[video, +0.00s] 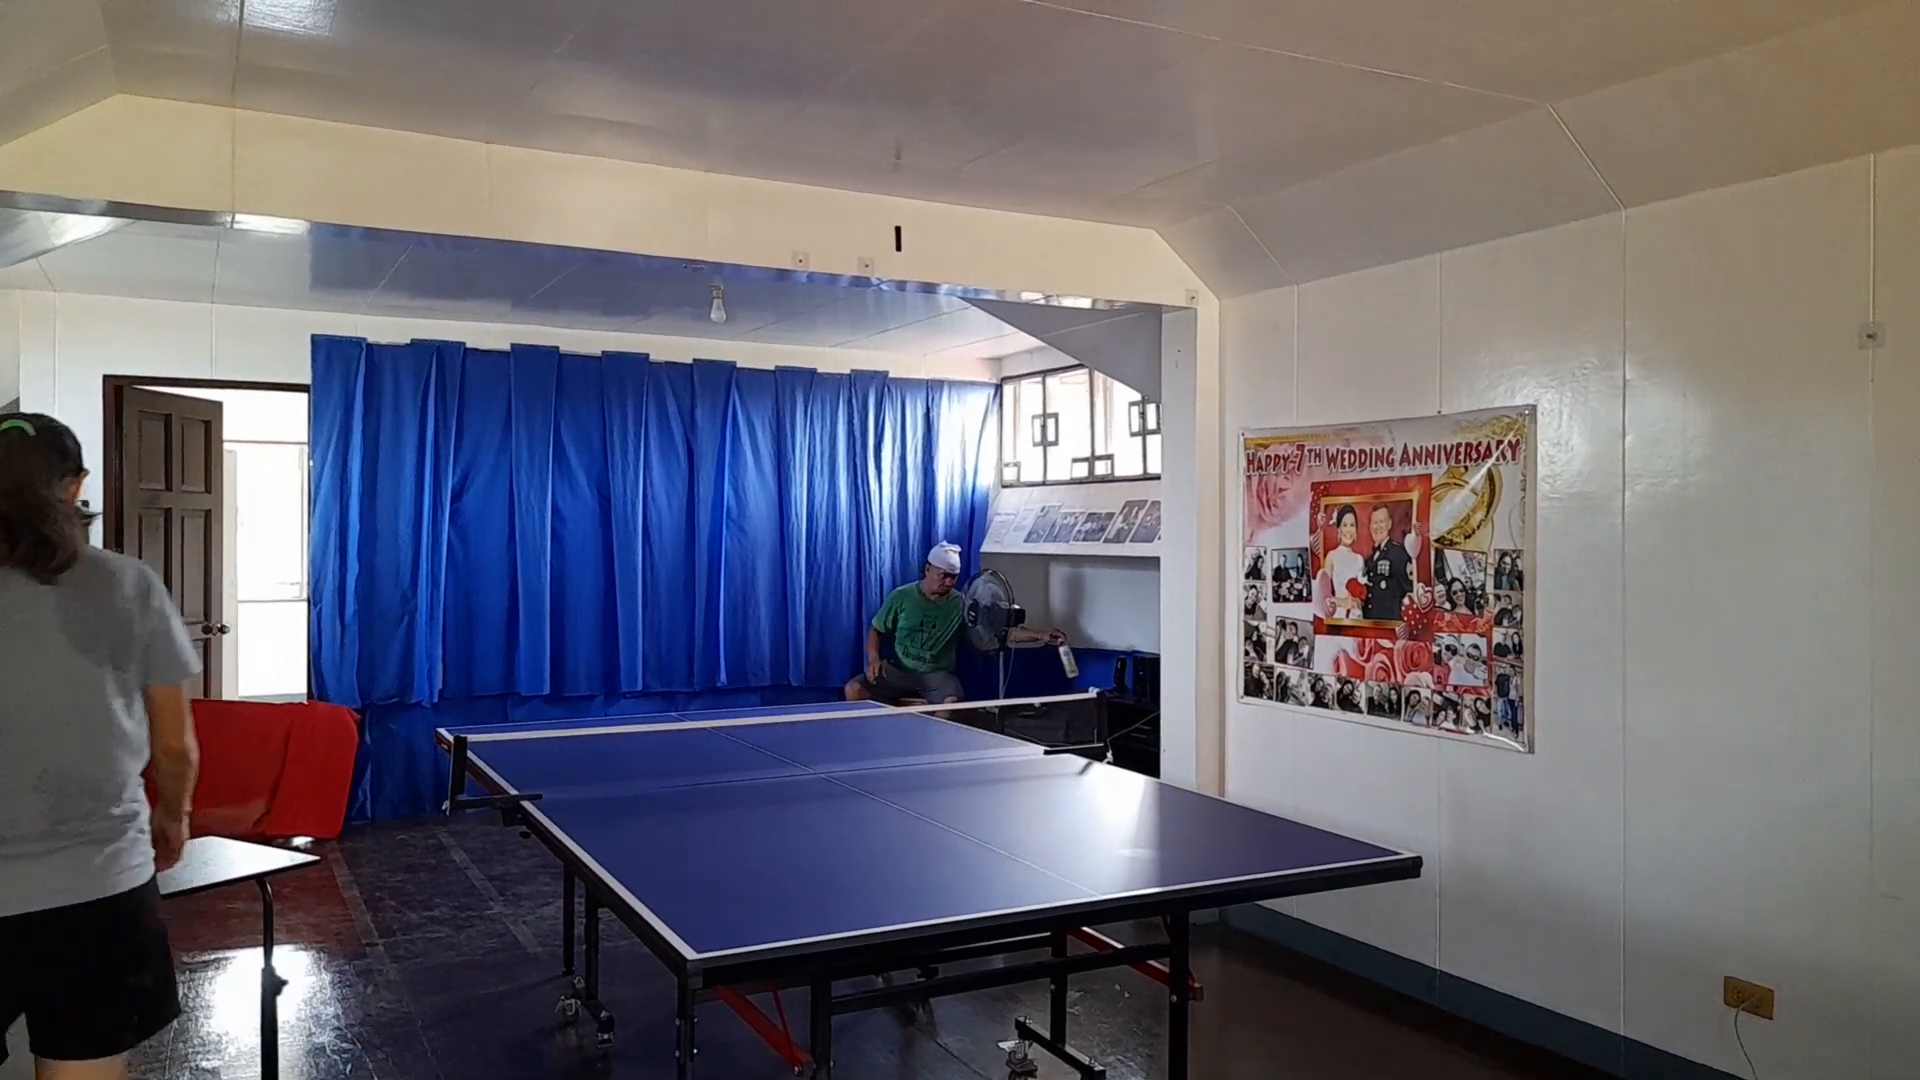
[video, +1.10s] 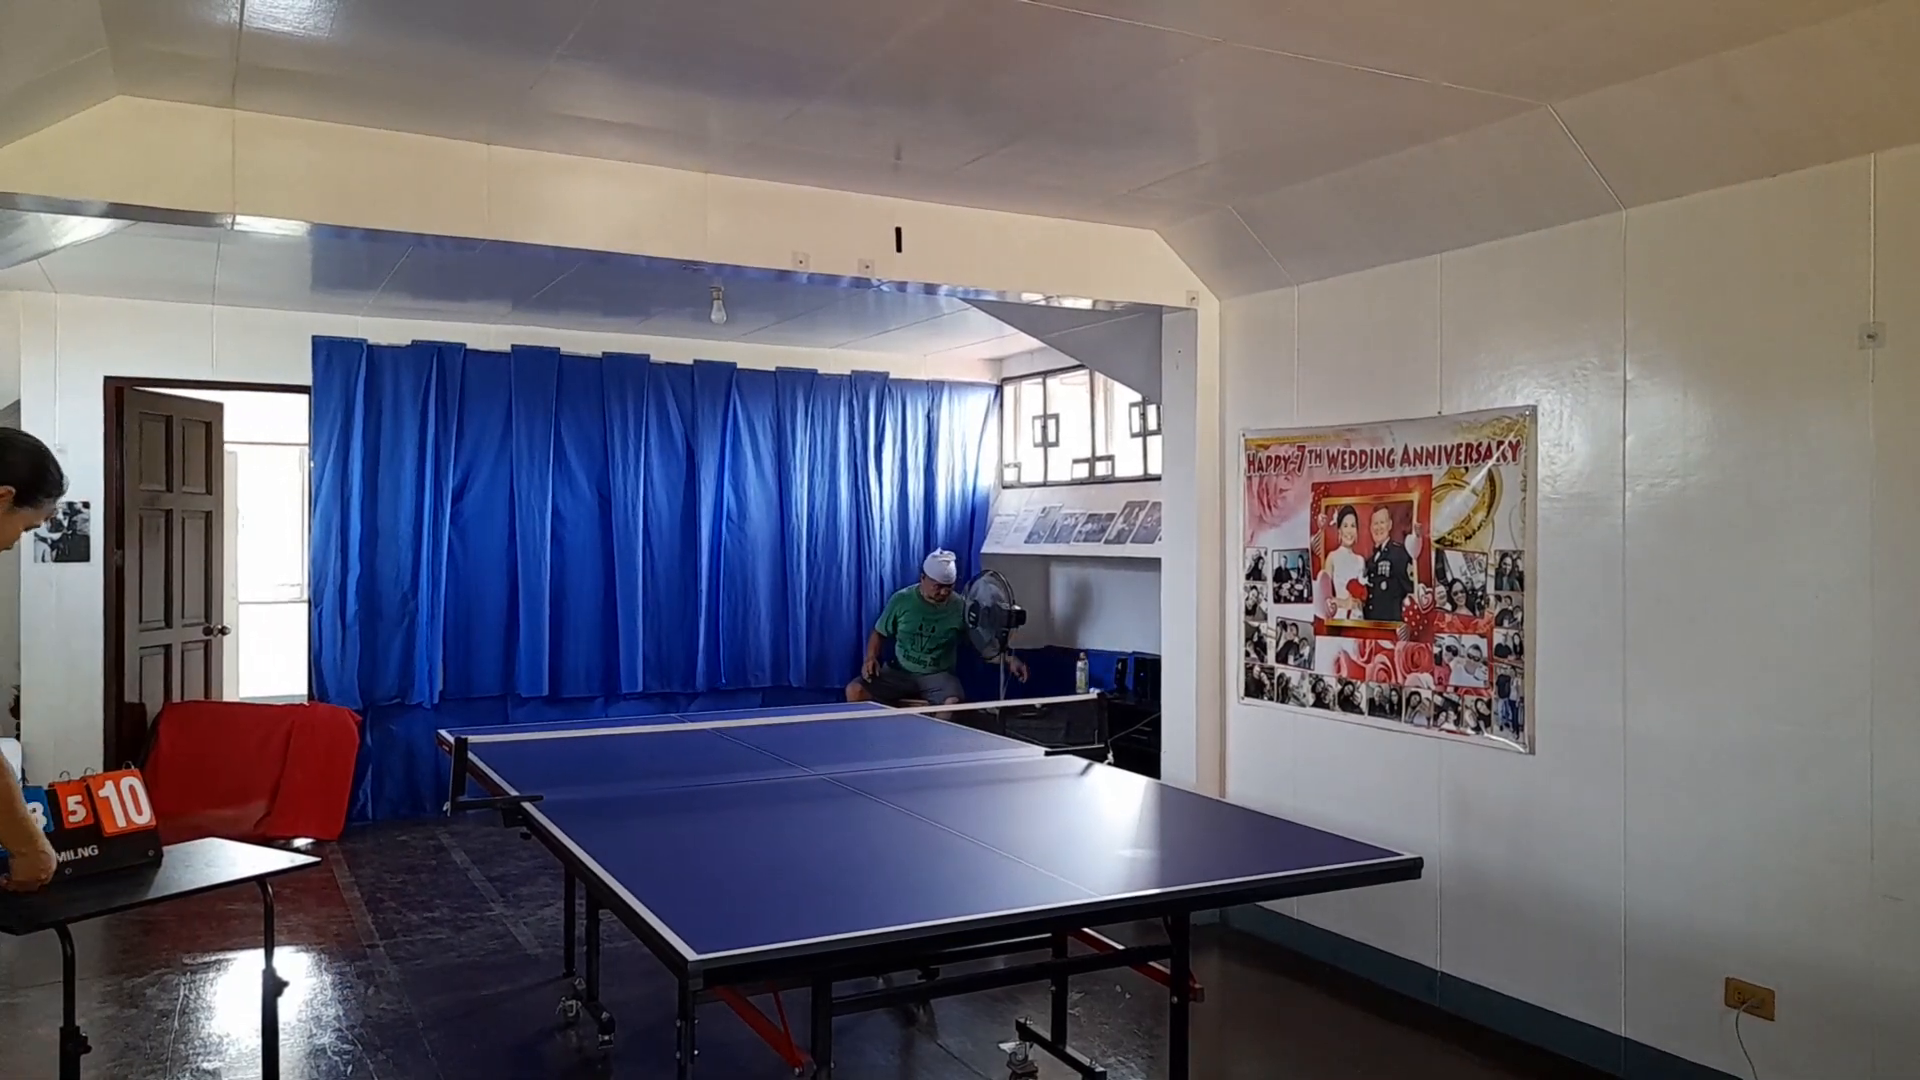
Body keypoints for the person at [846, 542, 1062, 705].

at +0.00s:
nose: (949, 583)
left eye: (954, 578)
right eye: (944, 577)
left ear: (958, 577)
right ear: (927, 571)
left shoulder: (960, 604)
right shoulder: (901, 596)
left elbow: (996, 633)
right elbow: (875, 631)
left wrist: (1039, 637)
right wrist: (874, 659)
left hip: (937, 676)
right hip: (900, 672)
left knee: (951, 704)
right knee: (853, 689)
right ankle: (876, 740)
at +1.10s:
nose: (942, 592)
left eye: (948, 587)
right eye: (937, 586)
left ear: (954, 583)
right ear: (922, 577)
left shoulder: (960, 607)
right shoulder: (901, 600)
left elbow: (984, 644)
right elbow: (879, 632)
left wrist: (1009, 660)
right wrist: (871, 656)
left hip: (937, 677)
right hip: (899, 673)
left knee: (952, 704)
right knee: (854, 691)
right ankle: (869, 747)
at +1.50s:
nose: (928, 586)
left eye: (932, 580)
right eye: (922, 580)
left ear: (937, 577)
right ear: (906, 573)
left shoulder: (947, 600)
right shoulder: (887, 602)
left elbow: (963, 635)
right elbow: (866, 642)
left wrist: (976, 662)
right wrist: (868, 660)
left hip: (935, 674)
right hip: (896, 673)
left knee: (949, 700)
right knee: (852, 690)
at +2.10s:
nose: (891, 588)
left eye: (894, 581)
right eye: (884, 585)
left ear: (901, 573)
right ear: (873, 584)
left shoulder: (923, 598)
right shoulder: (864, 612)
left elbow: (948, 639)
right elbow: (857, 655)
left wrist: (964, 681)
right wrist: (871, 676)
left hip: (927, 670)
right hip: (887, 673)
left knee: (940, 698)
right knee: (848, 690)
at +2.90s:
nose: (855, 579)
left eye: (860, 571)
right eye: (849, 573)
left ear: (876, 570)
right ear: (844, 576)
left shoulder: (898, 597)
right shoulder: (843, 606)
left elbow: (918, 645)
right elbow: (847, 649)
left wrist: (935, 694)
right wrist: (860, 684)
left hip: (908, 660)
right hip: (873, 663)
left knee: (928, 702)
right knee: (842, 694)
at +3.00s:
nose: (850, 552)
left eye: (858, 545)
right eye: (847, 545)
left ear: (875, 548)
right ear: (843, 548)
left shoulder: (891, 581)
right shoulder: (840, 586)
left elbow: (897, 638)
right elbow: (845, 635)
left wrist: (900, 686)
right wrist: (857, 680)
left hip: (912, 646)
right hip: (874, 649)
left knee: (909, 703)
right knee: (843, 695)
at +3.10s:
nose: (845, 525)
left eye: (853, 518)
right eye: (842, 519)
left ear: (871, 525)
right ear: (839, 524)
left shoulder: (886, 559)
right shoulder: (833, 565)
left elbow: (893, 611)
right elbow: (835, 611)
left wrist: (863, 650)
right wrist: (849, 653)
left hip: (902, 634)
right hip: (865, 636)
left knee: (912, 700)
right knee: (844, 695)